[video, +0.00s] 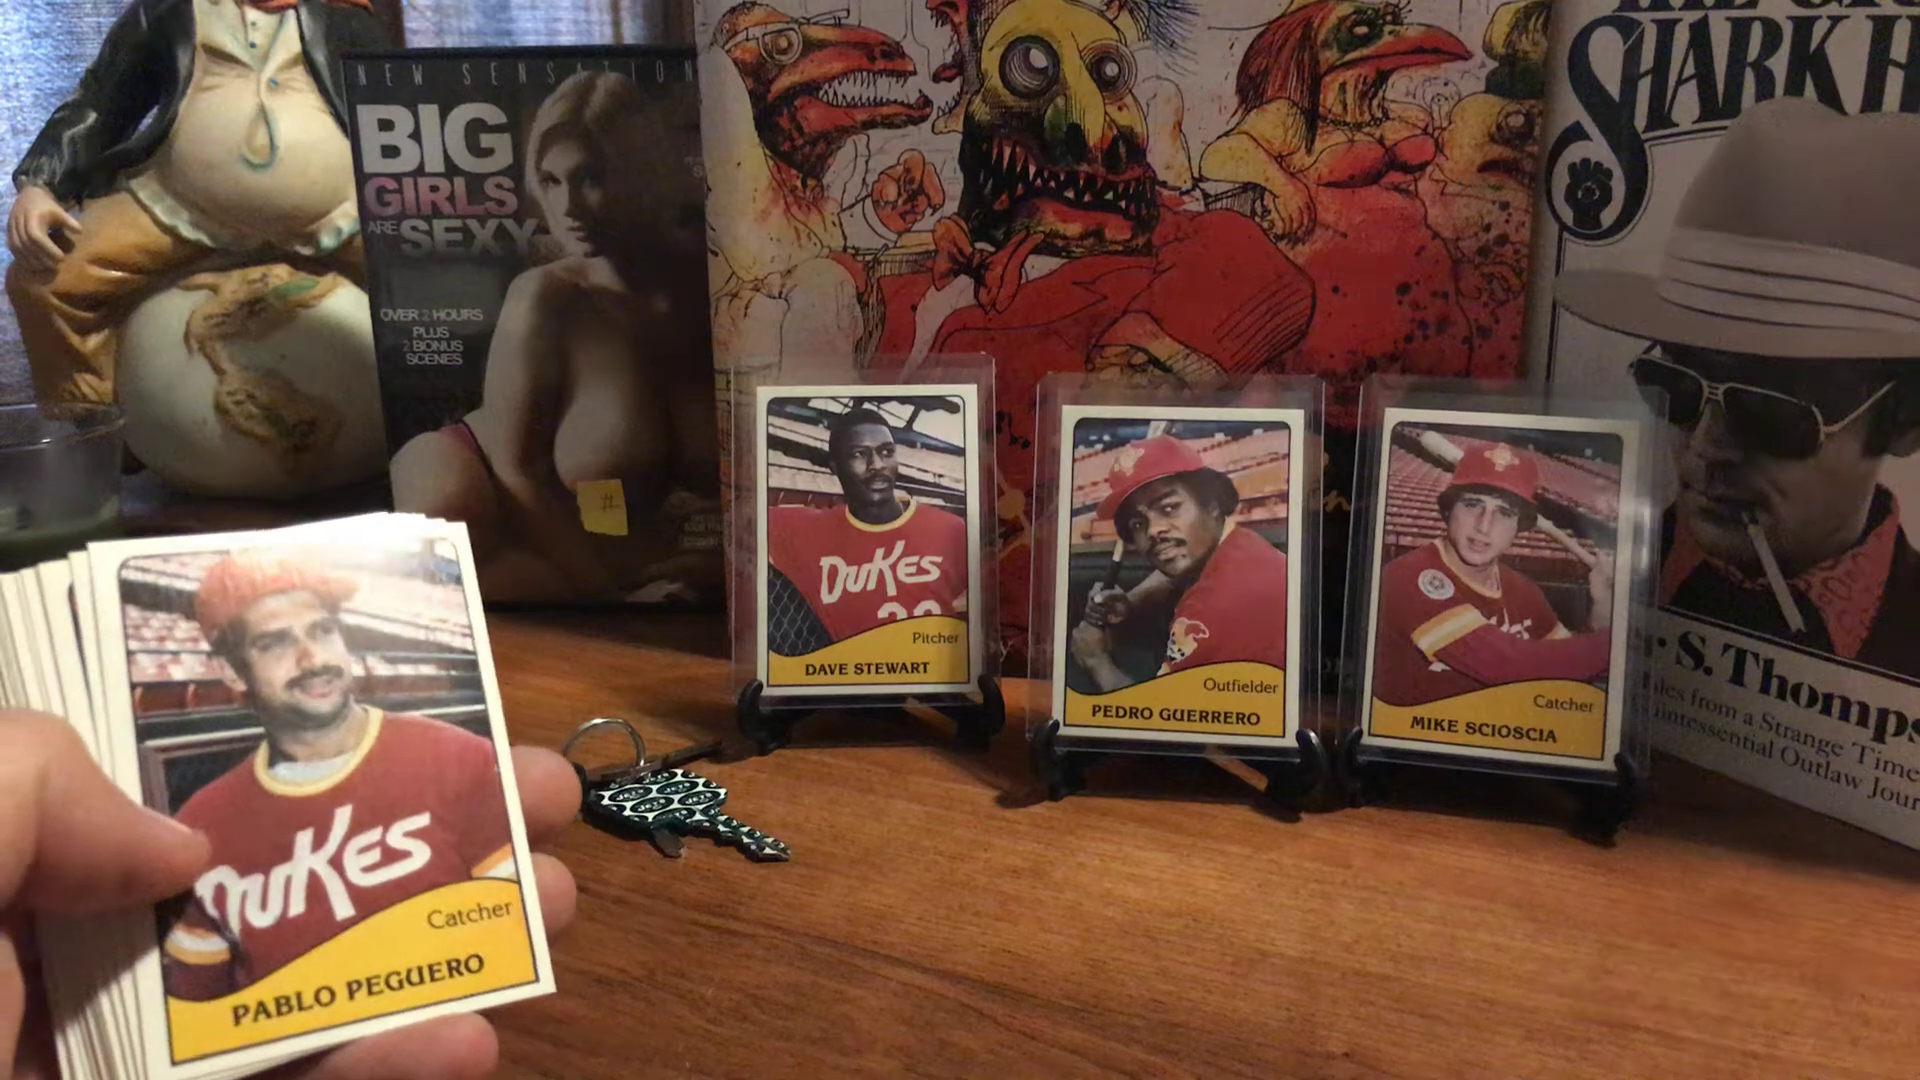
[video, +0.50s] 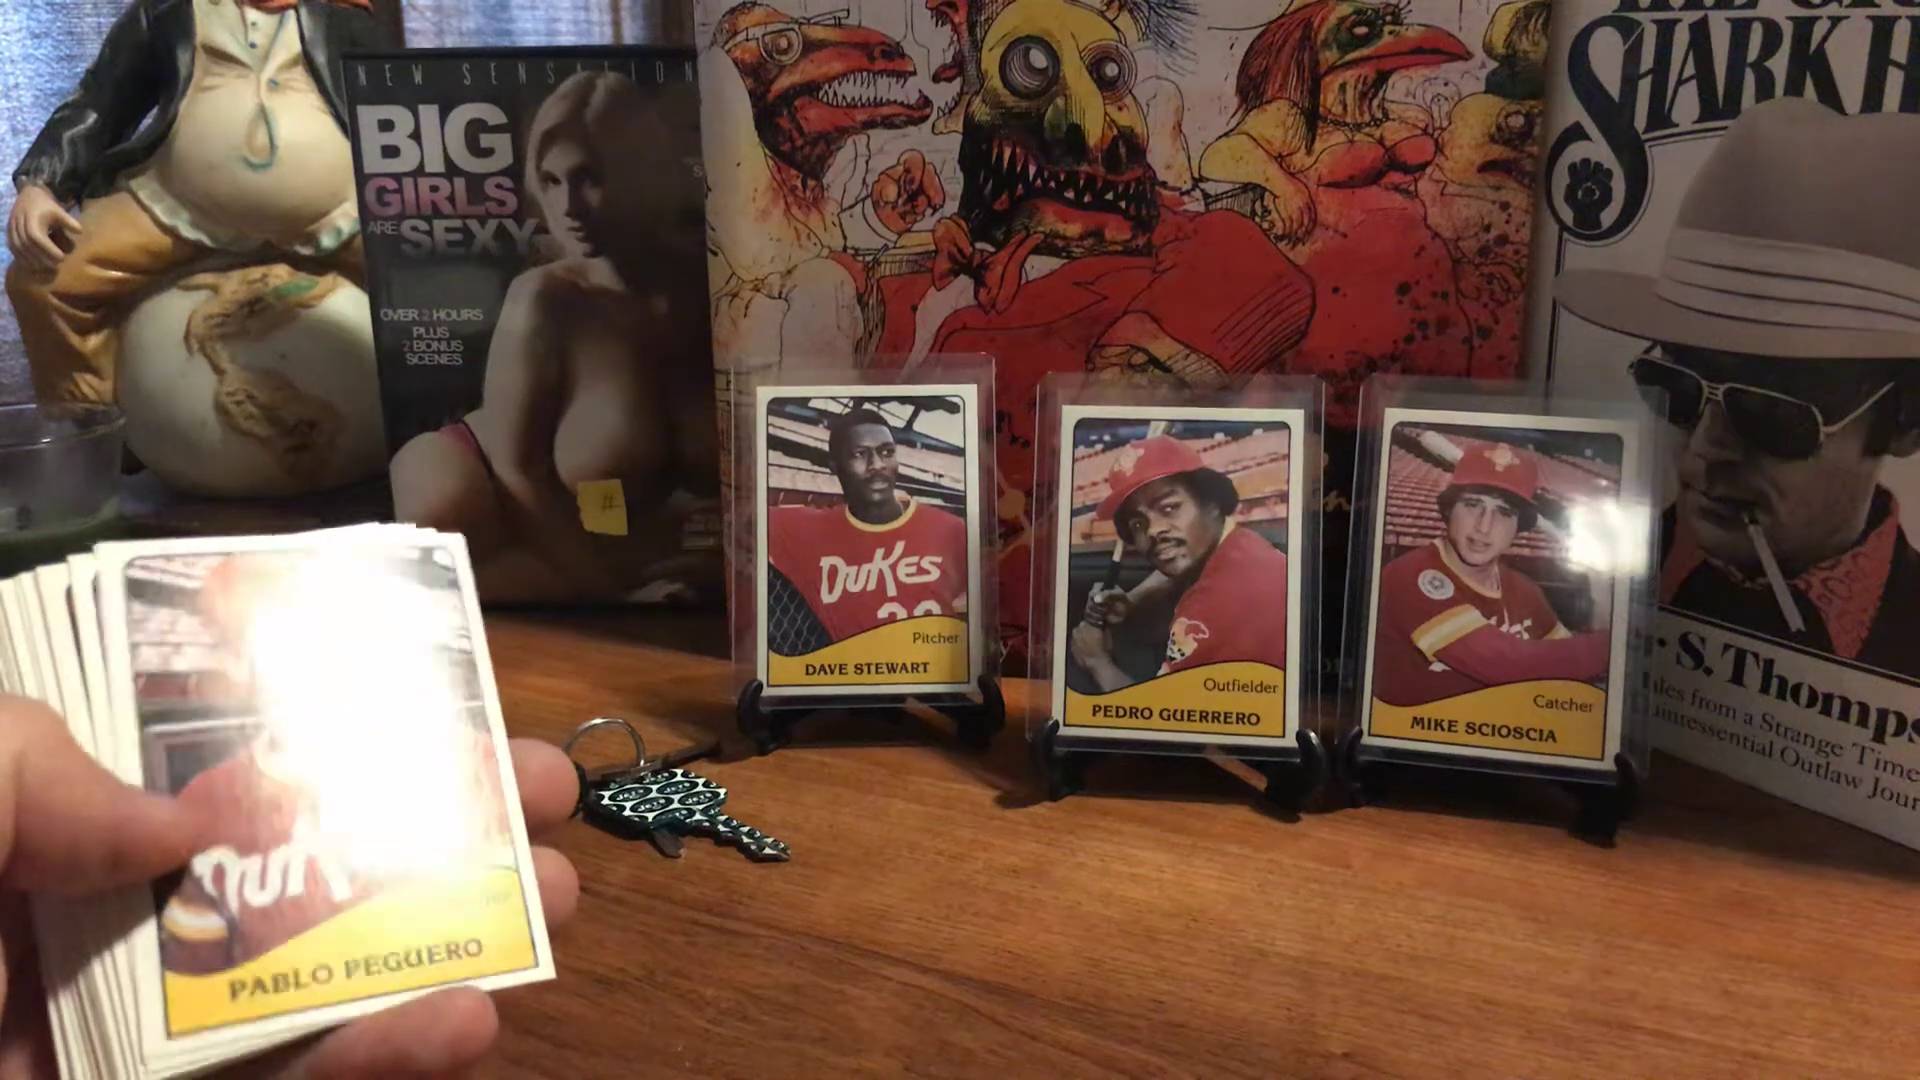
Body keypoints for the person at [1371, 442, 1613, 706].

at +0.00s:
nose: (1484, 525)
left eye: (1504, 513)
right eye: (1473, 504)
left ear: (1519, 528)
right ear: (1449, 509)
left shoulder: (1522, 592)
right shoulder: (1411, 578)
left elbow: (1575, 669)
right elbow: (1502, 663)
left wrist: (1602, 604)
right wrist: (1620, 641)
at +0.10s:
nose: (1484, 525)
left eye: (1504, 513)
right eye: (1473, 505)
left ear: (1518, 527)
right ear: (1448, 508)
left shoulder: (1521, 591)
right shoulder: (1411, 578)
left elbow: (1577, 668)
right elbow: (1503, 664)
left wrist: (1601, 592)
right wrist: (1620, 642)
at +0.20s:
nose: (1484, 525)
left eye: (1503, 513)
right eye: (1473, 505)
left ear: (1518, 527)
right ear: (1448, 508)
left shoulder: (1522, 591)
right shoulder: (1411, 578)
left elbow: (1568, 662)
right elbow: (1503, 664)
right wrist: (1624, 640)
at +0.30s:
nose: (1484, 525)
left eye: (1504, 513)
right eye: (1473, 504)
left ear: (1518, 527)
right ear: (1448, 508)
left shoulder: (1522, 590)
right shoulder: (1411, 578)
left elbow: (1568, 661)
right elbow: (1502, 664)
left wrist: (1630, 634)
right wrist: (1625, 642)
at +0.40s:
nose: (1483, 525)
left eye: (1503, 513)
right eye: (1473, 505)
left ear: (1518, 526)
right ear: (1448, 508)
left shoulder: (1522, 590)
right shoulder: (1411, 577)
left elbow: (1569, 661)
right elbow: (1501, 663)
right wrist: (1620, 643)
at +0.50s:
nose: (1484, 525)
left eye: (1503, 512)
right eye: (1473, 505)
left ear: (1518, 526)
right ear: (1448, 509)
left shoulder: (1523, 591)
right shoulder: (1411, 578)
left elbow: (1570, 662)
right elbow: (1503, 664)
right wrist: (1621, 641)